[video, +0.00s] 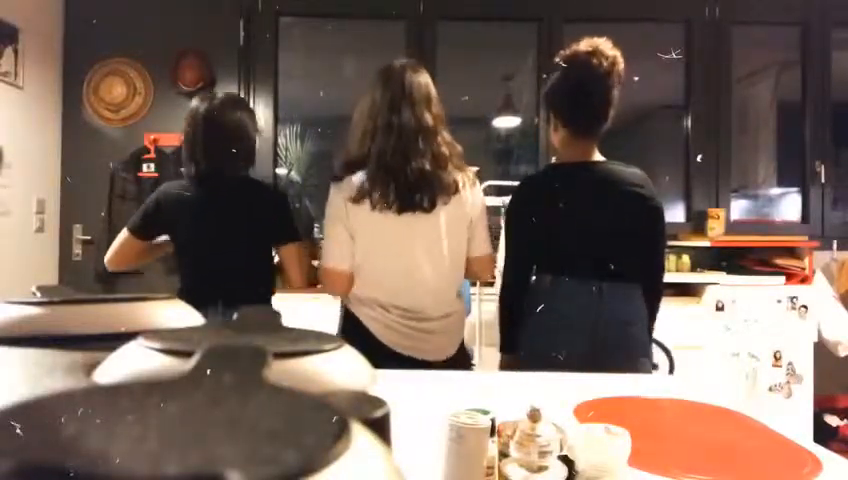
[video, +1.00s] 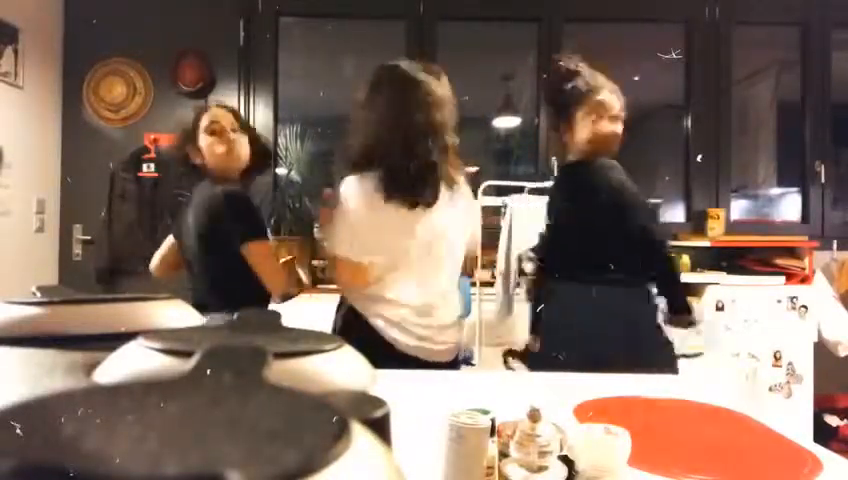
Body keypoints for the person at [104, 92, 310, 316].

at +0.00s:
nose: (256, 141)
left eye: (255, 134)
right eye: (254, 134)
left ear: (191, 142)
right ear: (247, 142)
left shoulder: (172, 197)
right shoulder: (269, 200)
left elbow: (115, 260)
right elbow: (299, 281)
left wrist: (171, 242)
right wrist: (271, 258)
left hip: (191, 338)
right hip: (256, 339)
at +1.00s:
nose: (229, 137)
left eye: (236, 130)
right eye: (214, 131)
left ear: (249, 143)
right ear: (195, 153)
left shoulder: (197, 199)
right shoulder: (232, 200)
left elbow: (160, 267)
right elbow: (279, 285)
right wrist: (292, 269)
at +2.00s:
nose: (248, 146)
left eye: (252, 137)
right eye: (232, 138)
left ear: (260, 145)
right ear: (209, 154)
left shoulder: (201, 206)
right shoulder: (242, 204)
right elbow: (266, 291)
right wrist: (298, 314)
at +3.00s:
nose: (213, 150)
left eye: (218, 144)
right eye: (197, 143)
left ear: (225, 158)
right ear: (173, 163)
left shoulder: (205, 213)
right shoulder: (177, 208)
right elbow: (148, 282)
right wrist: (231, 296)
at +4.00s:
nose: (215, 135)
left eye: (221, 127)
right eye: (200, 128)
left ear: (231, 137)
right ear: (177, 145)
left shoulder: (212, 196)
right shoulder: (186, 191)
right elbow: (165, 266)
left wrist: (251, 276)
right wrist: (241, 279)